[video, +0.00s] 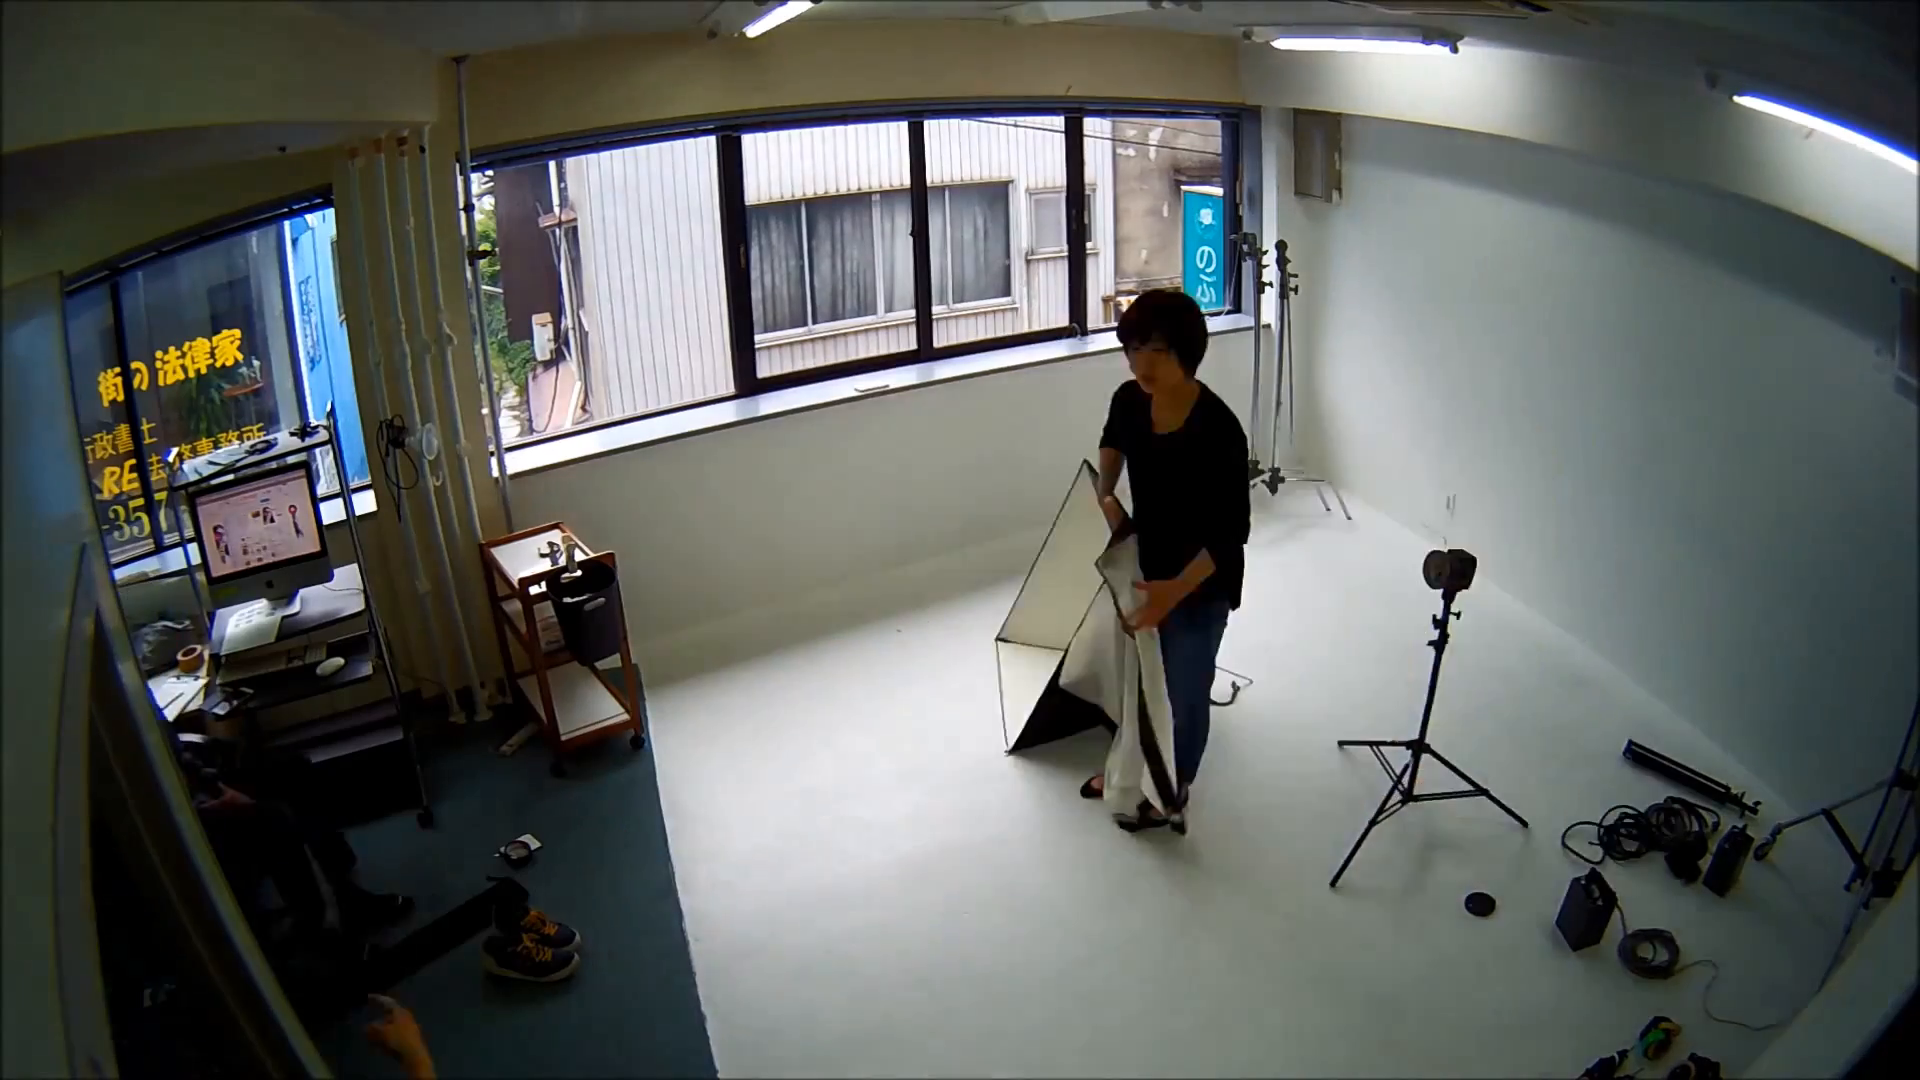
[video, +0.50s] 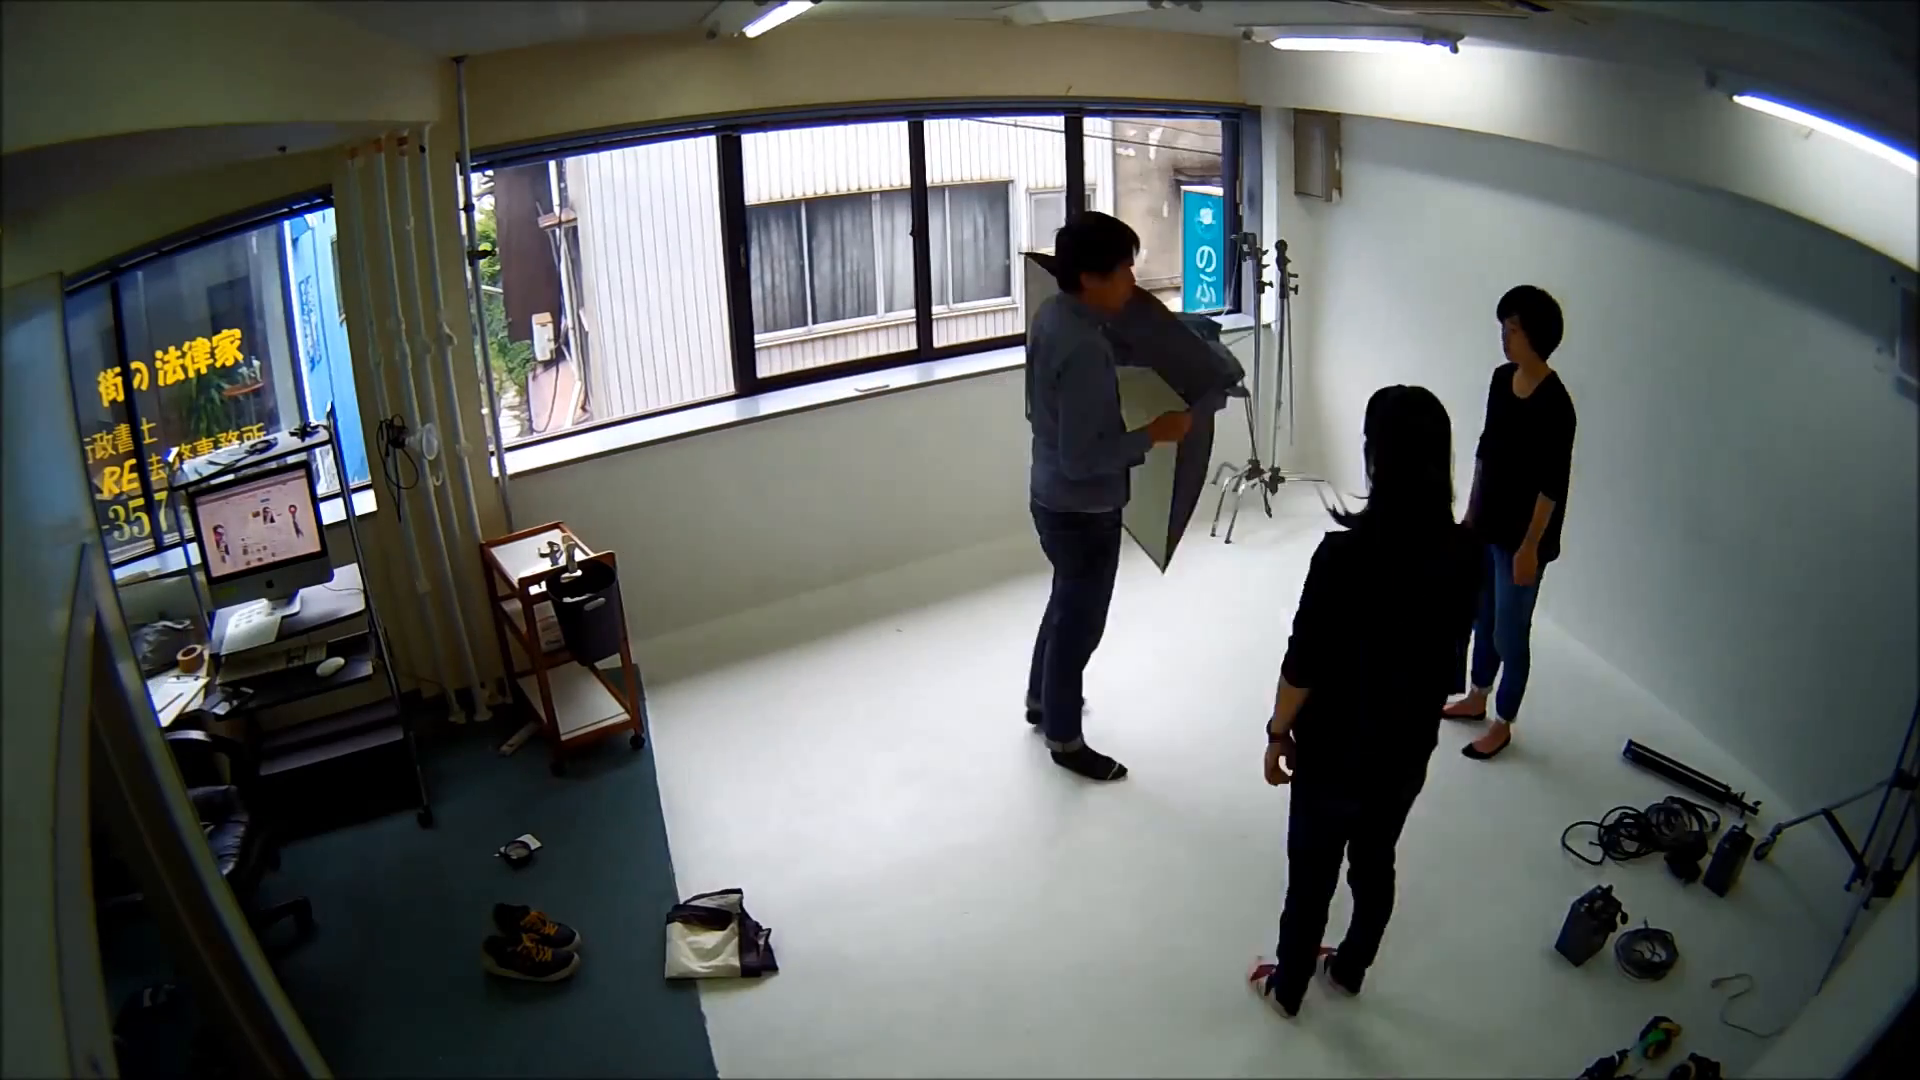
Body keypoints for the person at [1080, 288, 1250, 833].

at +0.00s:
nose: (1134, 364)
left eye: (1142, 350)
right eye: (1130, 351)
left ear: (1175, 350)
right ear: (1134, 352)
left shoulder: (1220, 429)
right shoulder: (1131, 399)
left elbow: (1230, 533)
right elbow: (1112, 446)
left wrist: (1174, 591)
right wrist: (1106, 495)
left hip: (1202, 580)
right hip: (1144, 566)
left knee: (1186, 692)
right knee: (1134, 677)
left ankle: (1178, 785)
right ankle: (1126, 766)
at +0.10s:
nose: (1139, 288)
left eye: (1142, 276)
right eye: (1140, 276)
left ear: (1086, 261)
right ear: (1124, 271)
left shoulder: (1046, 313)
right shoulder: (1120, 338)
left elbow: (1065, 397)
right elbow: (1138, 444)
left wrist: (1134, 396)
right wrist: (1157, 413)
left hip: (1052, 495)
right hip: (1103, 505)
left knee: (1065, 606)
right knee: (1095, 619)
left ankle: (1067, 724)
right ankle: (1074, 743)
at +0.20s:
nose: (1147, 284)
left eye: (1147, 276)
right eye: (1144, 277)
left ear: (1085, 272)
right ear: (1133, 286)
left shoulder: (1051, 311)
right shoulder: (1132, 348)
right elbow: (1163, 402)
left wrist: (1125, 318)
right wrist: (1149, 343)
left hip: (1057, 493)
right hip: (1111, 505)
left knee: (1066, 602)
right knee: (1099, 618)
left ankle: (1067, 721)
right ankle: (1074, 742)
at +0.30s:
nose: (1149, 280)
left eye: (1147, 270)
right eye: (1145, 270)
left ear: (1096, 269)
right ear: (1127, 274)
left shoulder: (1054, 314)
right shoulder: (1133, 335)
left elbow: (1035, 398)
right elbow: (1164, 428)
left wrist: (1082, 375)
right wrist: (1135, 389)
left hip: (1066, 492)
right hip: (1120, 500)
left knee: (1072, 602)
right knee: (1105, 618)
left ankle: (1068, 720)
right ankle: (1076, 742)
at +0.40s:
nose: (1164, 280)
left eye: (1163, 269)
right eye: (1161, 269)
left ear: (1112, 264)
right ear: (1143, 270)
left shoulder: (1056, 309)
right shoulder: (1147, 342)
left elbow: (1021, 379)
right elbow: (1166, 446)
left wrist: (1069, 403)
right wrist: (1144, 393)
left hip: (1053, 491)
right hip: (1108, 502)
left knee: (1065, 603)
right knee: (1094, 619)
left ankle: (1068, 718)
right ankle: (1074, 743)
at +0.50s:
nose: (1134, 280)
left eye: (1131, 267)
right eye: (1126, 269)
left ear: (1080, 275)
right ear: (1094, 279)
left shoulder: (1052, 315)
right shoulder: (1084, 344)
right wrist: (1150, 434)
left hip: (1057, 498)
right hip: (1082, 508)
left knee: (1068, 604)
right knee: (1079, 626)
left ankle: (1043, 700)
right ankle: (1065, 741)